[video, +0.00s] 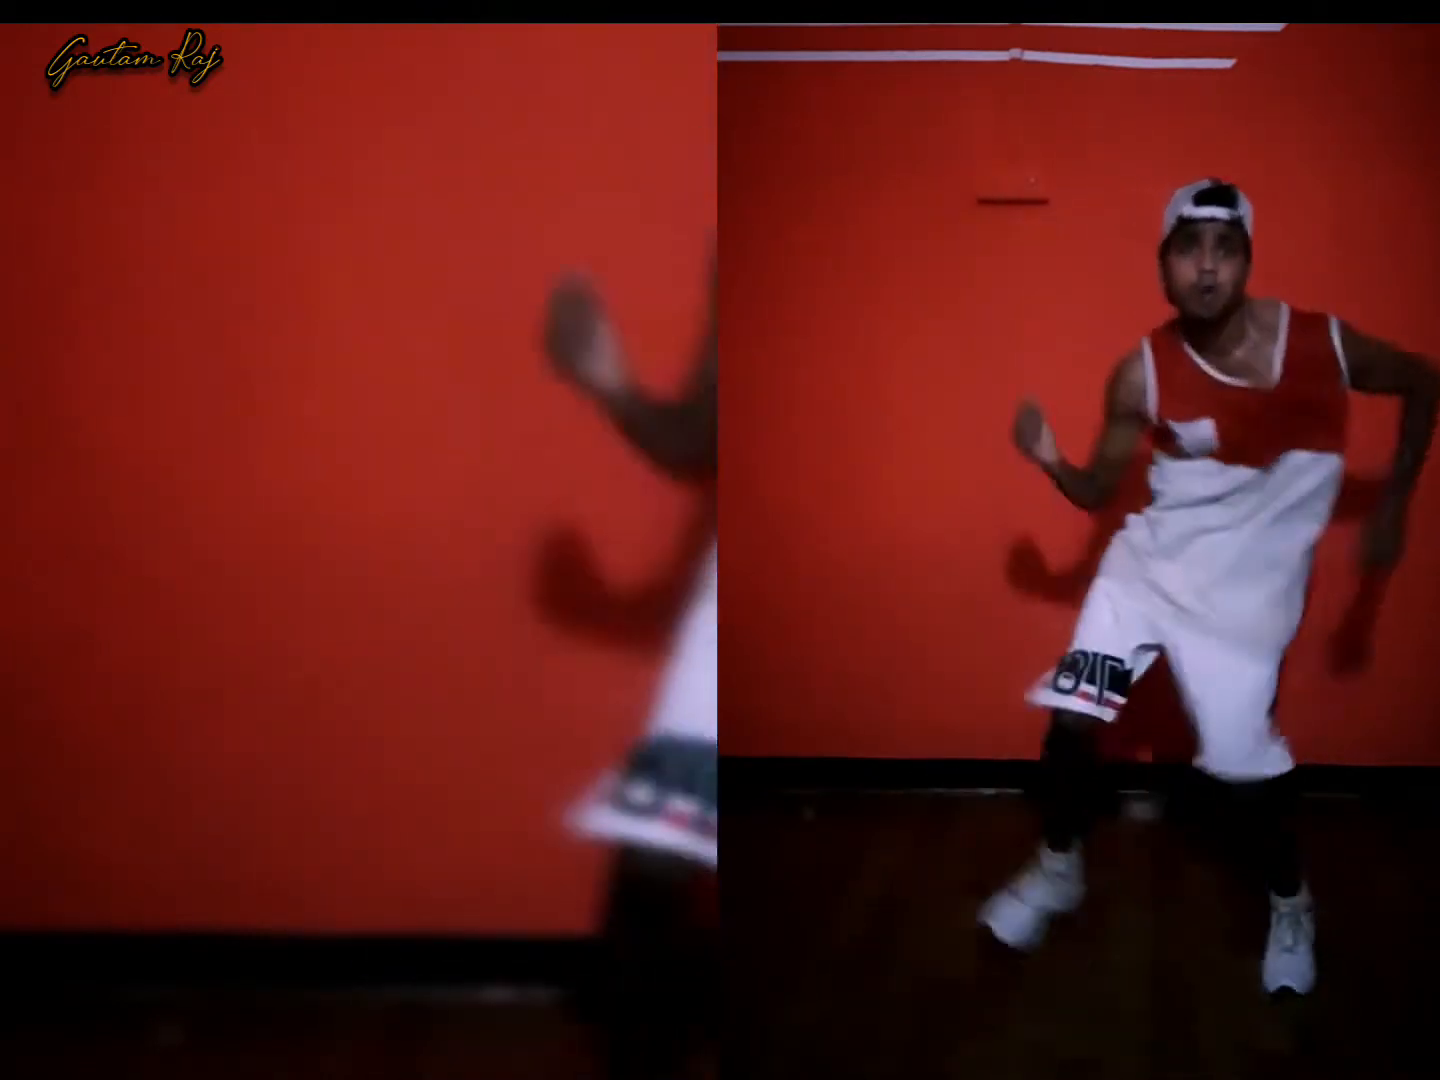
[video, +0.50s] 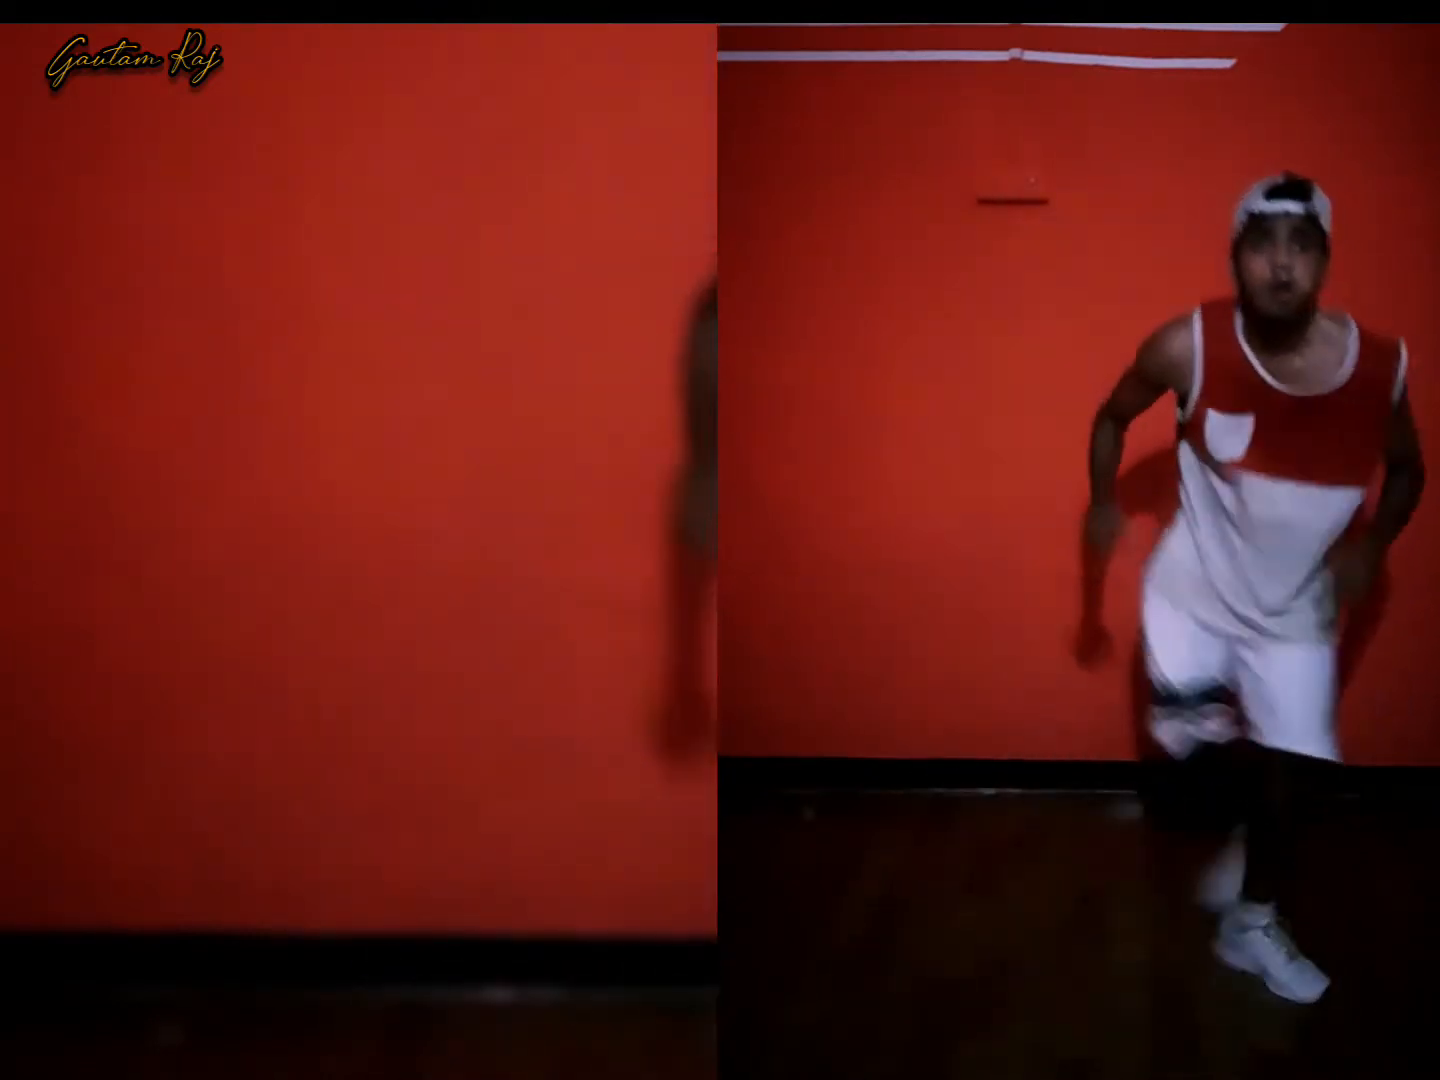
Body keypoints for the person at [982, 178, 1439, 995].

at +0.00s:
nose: (1207, 269)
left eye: (1224, 251)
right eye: (1189, 252)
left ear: (1248, 262)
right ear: (1165, 267)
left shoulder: (1318, 346)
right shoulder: (1144, 371)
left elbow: (1420, 381)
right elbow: (1096, 489)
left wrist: (1394, 503)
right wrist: (1051, 460)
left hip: (1248, 589)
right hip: (1146, 565)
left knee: (1237, 759)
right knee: (1070, 720)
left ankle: (1288, 909)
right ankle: (1056, 869)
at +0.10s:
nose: (1239, 270)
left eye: (1257, 252)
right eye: (1221, 252)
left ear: (1281, 268)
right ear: (1195, 270)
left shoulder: (1346, 353)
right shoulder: (1163, 370)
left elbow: (1430, 372)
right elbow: (1105, 463)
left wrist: (1414, 485)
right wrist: (1065, 481)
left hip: (1279, 595)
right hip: (1178, 572)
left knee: (1262, 773)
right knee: (1113, 714)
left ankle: (1288, 912)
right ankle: (1058, 826)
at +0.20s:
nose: (1274, 257)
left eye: (1291, 240)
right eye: (1256, 239)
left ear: (1312, 257)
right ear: (1225, 256)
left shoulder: (1361, 355)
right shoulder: (1172, 351)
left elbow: (1392, 433)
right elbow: (1103, 426)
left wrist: (1405, 499)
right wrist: (1092, 535)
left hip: (1316, 595)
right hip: (1212, 597)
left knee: (1331, 760)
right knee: (1199, 777)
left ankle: (1261, 910)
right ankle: (1166, 821)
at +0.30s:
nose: (1299, 280)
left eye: (1316, 262)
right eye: (1280, 261)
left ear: (1338, 278)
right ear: (1251, 275)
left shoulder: (1366, 388)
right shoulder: (1188, 364)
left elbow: (1338, 537)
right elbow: (1120, 426)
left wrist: (1394, 490)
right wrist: (1112, 526)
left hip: (1323, 601)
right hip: (1230, 605)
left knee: (1347, 763)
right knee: (1280, 789)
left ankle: (1249, 921)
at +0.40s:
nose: (1308, 296)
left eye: (1325, 278)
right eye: (1289, 277)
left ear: (1345, 293)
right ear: (1259, 289)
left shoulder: (1371, 401)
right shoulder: (1197, 370)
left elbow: (1361, 553)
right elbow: (1114, 419)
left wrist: (1388, 482)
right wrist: (1113, 528)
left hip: (1323, 626)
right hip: (1230, 625)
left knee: (1352, 781)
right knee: (1290, 799)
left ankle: (1249, 923)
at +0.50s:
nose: (1280, 263)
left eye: (1299, 245)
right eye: (1262, 244)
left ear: (1325, 262)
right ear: (1235, 260)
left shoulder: (1377, 366)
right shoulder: (1188, 348)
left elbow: (1407, 471)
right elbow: (1112, 419)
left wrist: (1367, 547)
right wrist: (1102, 504)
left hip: (1295, 615)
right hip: (1192, 597)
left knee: (1296, 775)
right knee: (1198, 768)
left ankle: (1253, 919)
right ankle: (1233, 845)